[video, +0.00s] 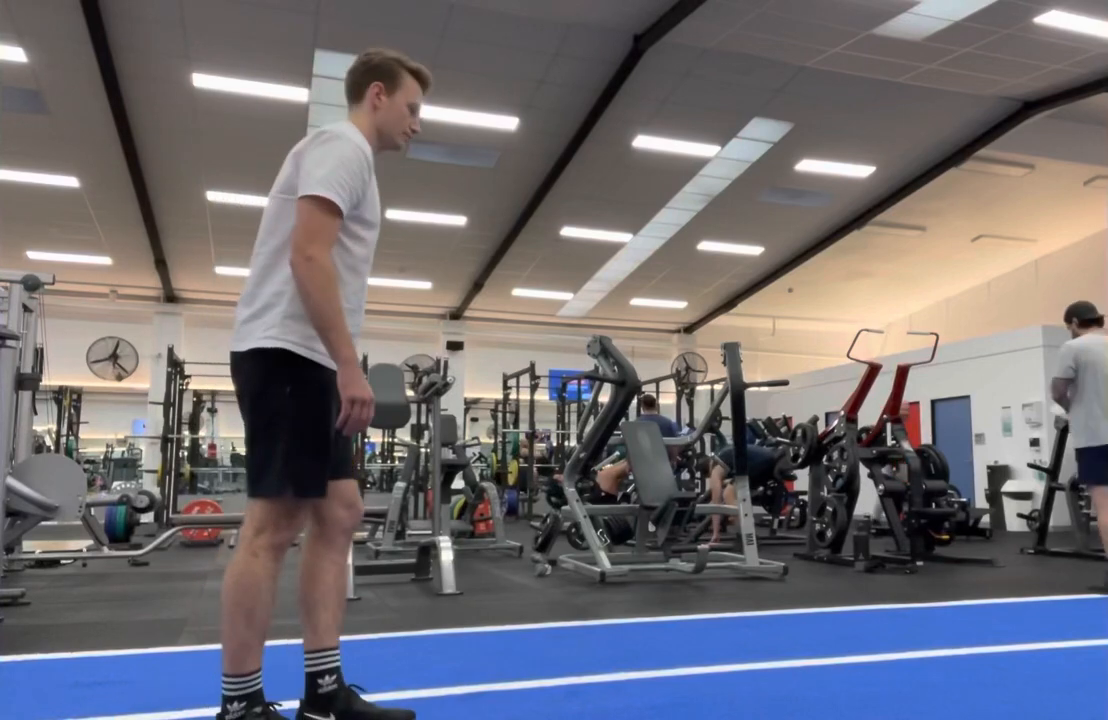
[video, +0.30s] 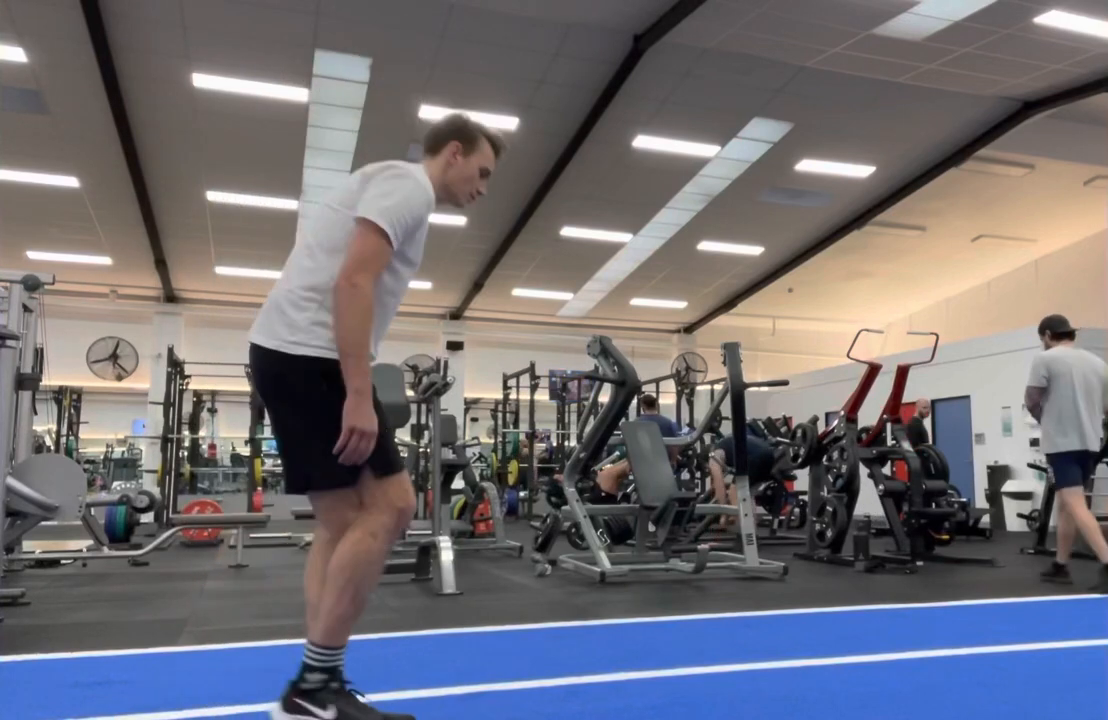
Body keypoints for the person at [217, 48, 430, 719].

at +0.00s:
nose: (418, 121)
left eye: (421, 110)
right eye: (413, 106)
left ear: (374, 99)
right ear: (376, 96)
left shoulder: (346, 155)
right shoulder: (341, 147)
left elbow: (305, 267)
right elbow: (309, 257)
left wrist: (340, 368)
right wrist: (350, 365)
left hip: (308, 358)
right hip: (286, 354)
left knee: (340, 513)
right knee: (271, 526)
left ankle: (324, 689)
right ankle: (240, 703)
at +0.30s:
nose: (483, 189)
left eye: (488, 179)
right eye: (482, 174)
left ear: (448, 155)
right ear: (453, 154)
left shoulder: (378, 179)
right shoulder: (408, 184)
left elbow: (328, 278)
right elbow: (354, 280)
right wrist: (360, 393)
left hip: (287, 355)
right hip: (315, 358)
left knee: (338, 521)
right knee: (391, 507)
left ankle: (320, 679)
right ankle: (318, 680)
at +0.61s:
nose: (532, 317)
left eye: (539, 308)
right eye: (536, 303)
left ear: (508, 281)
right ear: (513, 279)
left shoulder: (453, 286)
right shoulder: (460, 289)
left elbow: (385, 392)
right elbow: (396, 393)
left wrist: (369, 500)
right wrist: (368, 505)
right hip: (300, 361)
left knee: (351, 523)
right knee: (370, 527)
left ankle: (327, 692)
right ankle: (432, 691)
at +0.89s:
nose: (538, 414)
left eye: (548, 406)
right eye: (546, 400)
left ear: (527, 366)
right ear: (531, 370)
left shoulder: (470, 361)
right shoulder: (485, 362)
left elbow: (415, 489)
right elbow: (433, 493)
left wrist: (396, 604)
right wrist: (423, 616)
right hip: (306, 359)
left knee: (353, 529)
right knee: (364, 531)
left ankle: (327, 693)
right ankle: (431, 693)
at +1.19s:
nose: (557, 403)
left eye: (567, 399)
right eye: (565, 392)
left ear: (547, 361)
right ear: (551, 363)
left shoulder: (484, 366)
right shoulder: (506, 352)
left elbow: (472, 498)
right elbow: (501, 492)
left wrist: (524, 586)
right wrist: (557, 587)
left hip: (314, 350)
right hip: (327, 354)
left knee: (363, 526)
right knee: (386, 525)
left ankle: (329, 691)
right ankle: (438, 695)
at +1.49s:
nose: (607, 297)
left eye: (614, 289)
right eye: (611, 283)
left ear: (584, 260)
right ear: (590, 260)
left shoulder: (525, 273)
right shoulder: (546, 273)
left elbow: (478, 404)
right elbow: (505, 390)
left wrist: (542, 450)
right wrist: (561, 449)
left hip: (363, 349)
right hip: (394, 360)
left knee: (404, 519)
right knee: (451, 517)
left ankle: (337, 684)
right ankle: (453, 699)